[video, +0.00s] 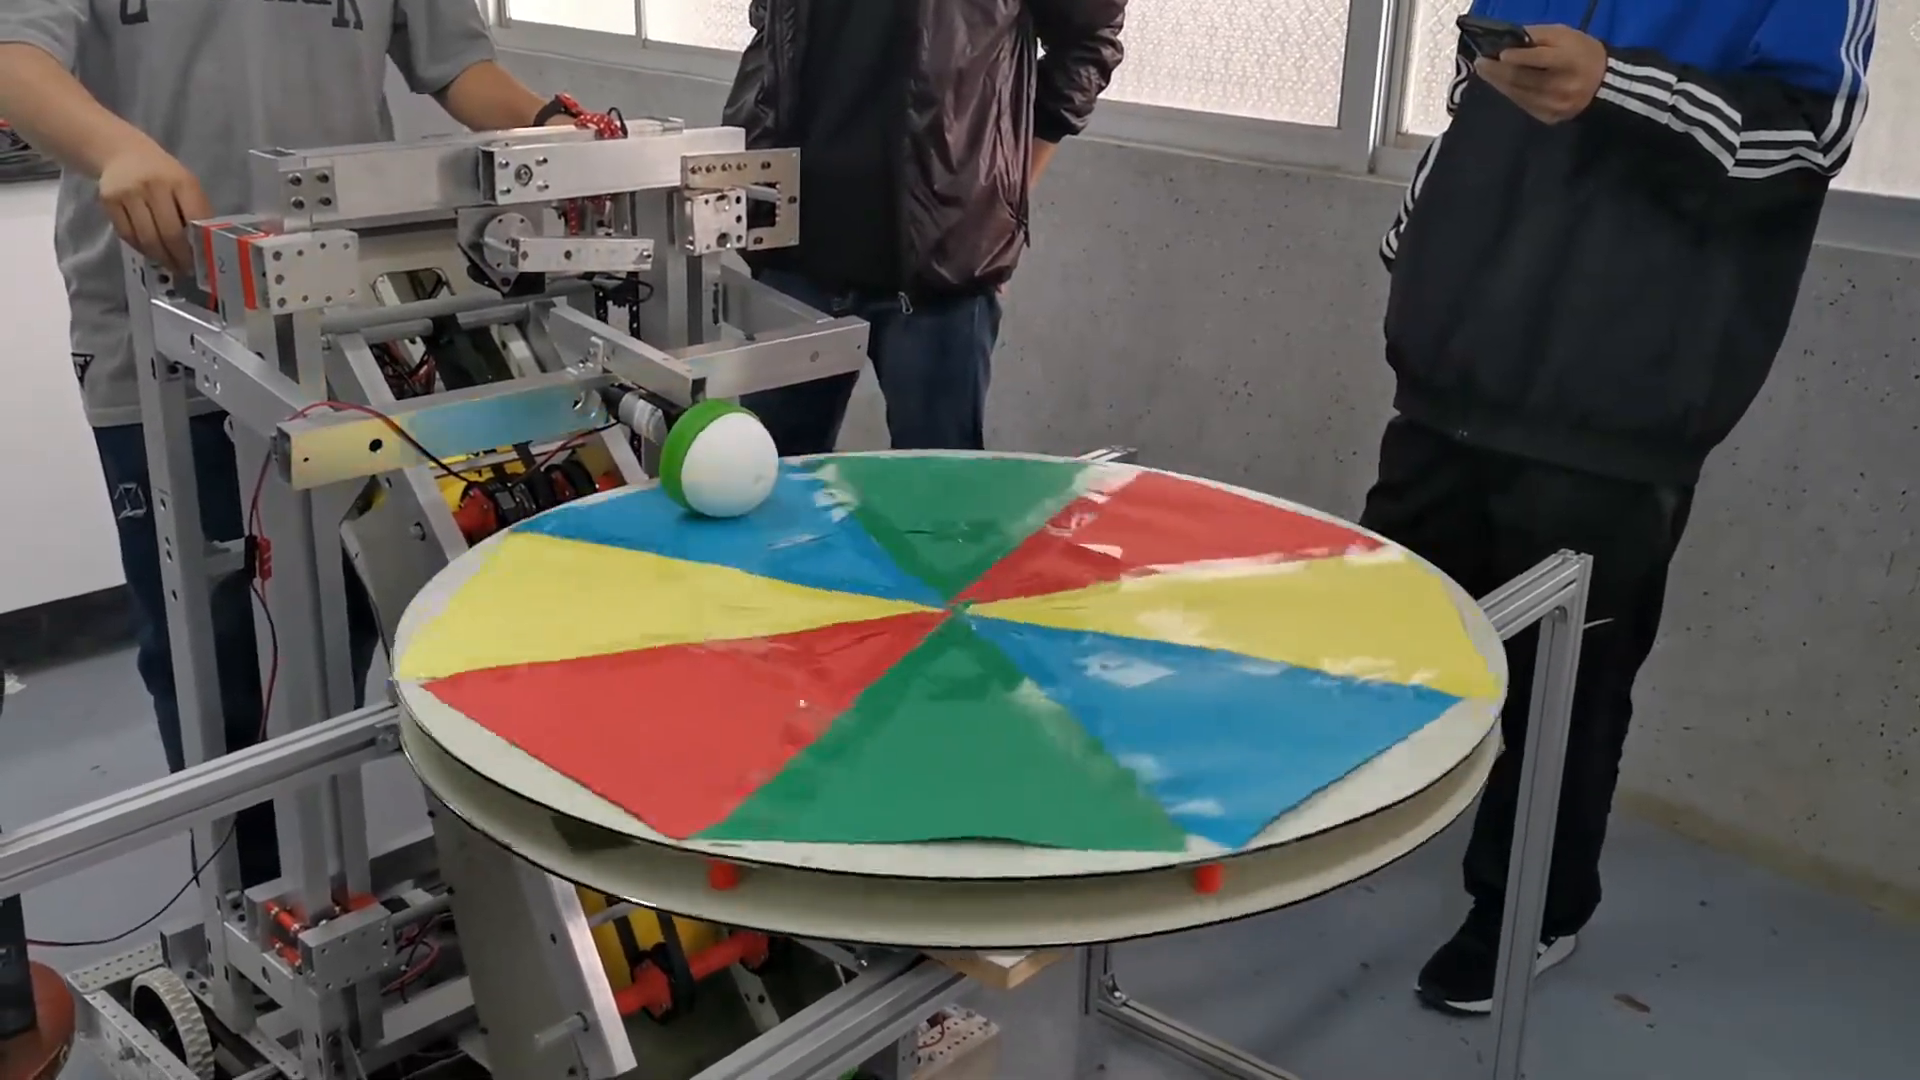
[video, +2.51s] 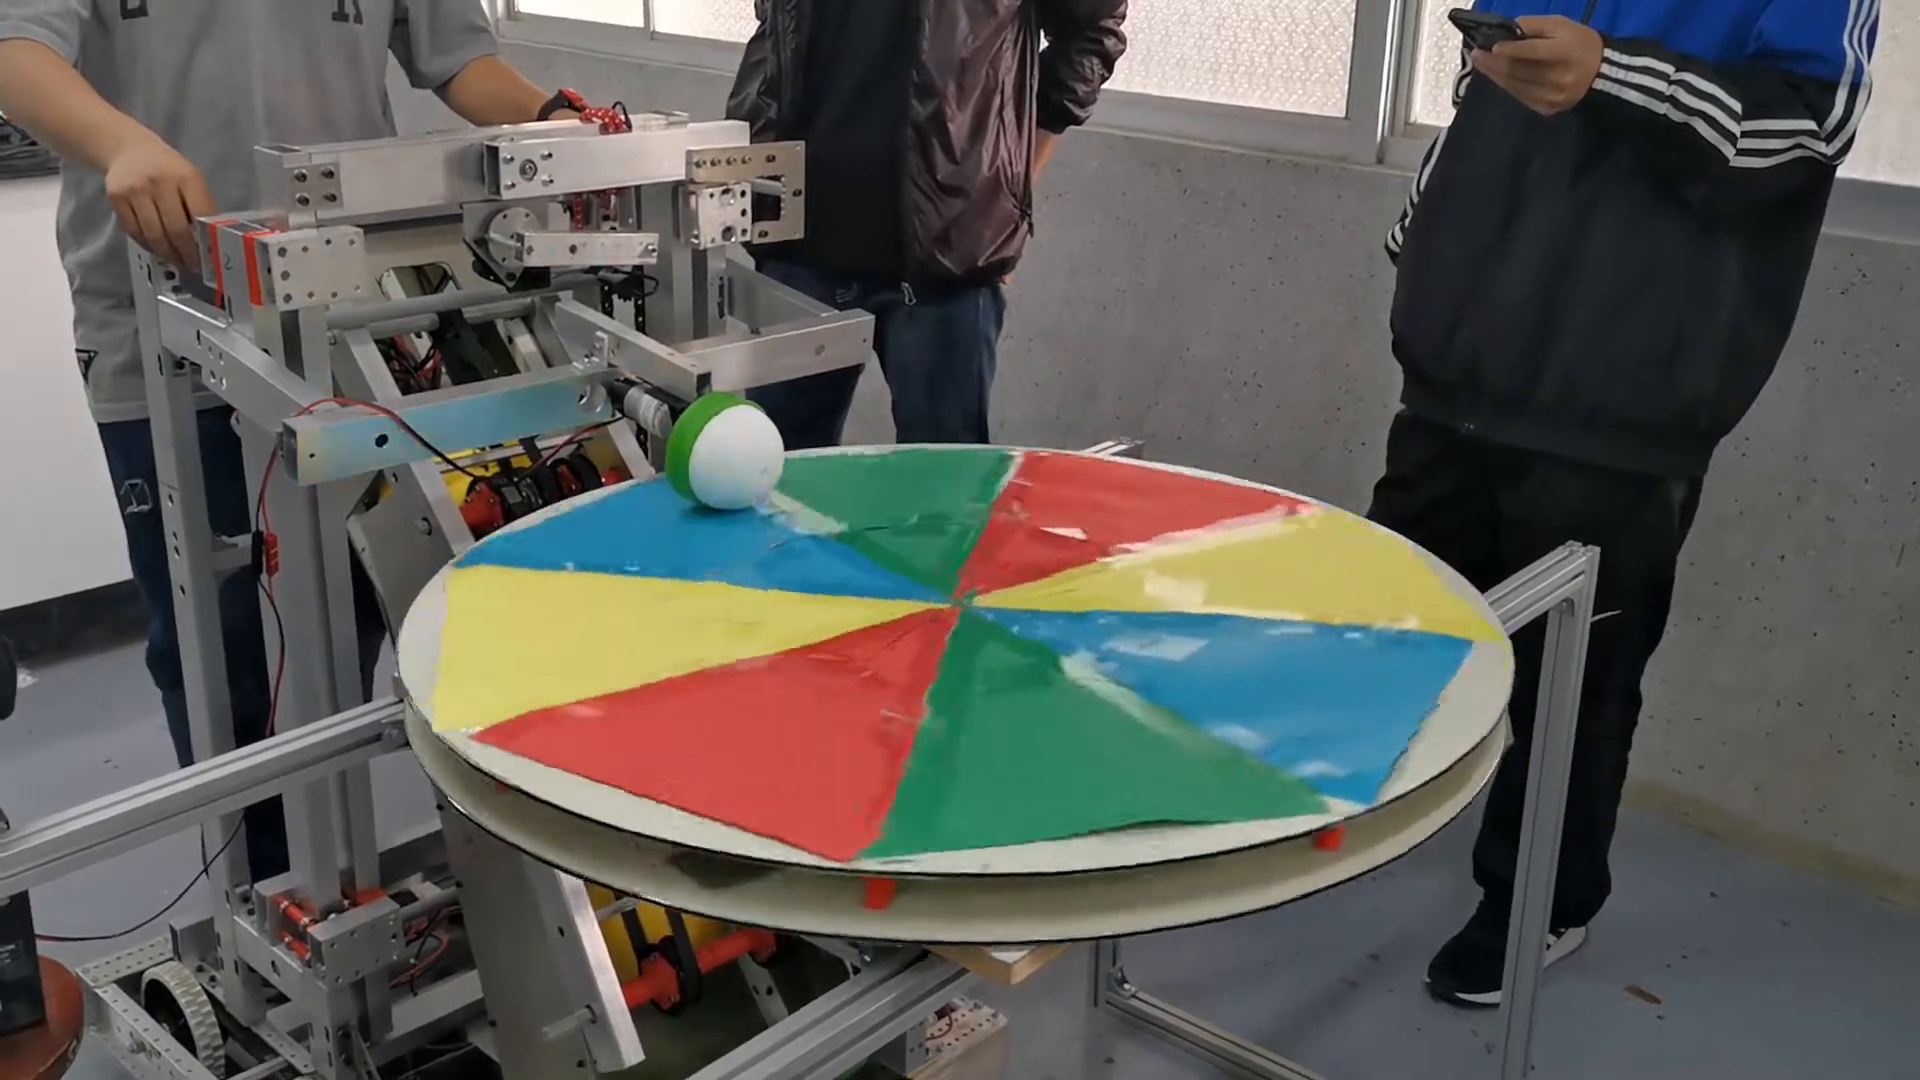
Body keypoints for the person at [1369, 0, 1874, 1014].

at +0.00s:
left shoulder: (1814, 7)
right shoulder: (1532, 4)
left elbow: (1808, 137)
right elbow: (1485, 86)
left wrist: (1609, 83)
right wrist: (1410, 242)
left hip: (1634, 371)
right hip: (1469, 326)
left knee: (1567, 666)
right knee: (1390, 614)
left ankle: (1526, 908)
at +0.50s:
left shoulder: (1819, 6)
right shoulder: (1537, 5)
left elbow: (1812, 141)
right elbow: (1487, 93)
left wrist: (1613, 86)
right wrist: (1415, 243)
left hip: (1638, 375)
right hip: (1472, 330)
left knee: (1571, 667)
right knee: (1398, 615)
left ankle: (1528, 910)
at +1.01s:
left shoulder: (1820, 7)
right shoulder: (1539, 6)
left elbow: (1811, 142)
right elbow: (1490, 96)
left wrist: (1612, 85)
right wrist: (1415, 246)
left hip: (1641, 373)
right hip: (1474, 327)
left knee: (1573, 666)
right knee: (1394, 615)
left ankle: (1528, 909)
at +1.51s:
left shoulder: (1821, 7)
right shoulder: (1542, 3)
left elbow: (1813, 141)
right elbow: (1494, 86)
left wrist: (1613, 84)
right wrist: (1420, 244)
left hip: (1639, 374)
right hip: (1474, 326)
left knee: (1574, 666)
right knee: (1398, 607)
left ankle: (1529, 908)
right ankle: (1330, 820)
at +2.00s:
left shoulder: (1819, 7)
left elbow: (1813, 135)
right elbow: (1494, 73)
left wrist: (1611, 80)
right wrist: (1421, 243)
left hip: (1638, 368)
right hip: (1475, 320)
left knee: (1572, 666)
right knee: (1397, 609)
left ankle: (1532, 908)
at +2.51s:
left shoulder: (1815, 9)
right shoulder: (1544, 3)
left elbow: (1806, 130)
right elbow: (1488, 89)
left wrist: (1606, 74)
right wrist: (1417, 243)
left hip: (1637, 368)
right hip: (1474, 322)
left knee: (1575, 660)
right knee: (1402, 608)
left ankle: (1537, 901)